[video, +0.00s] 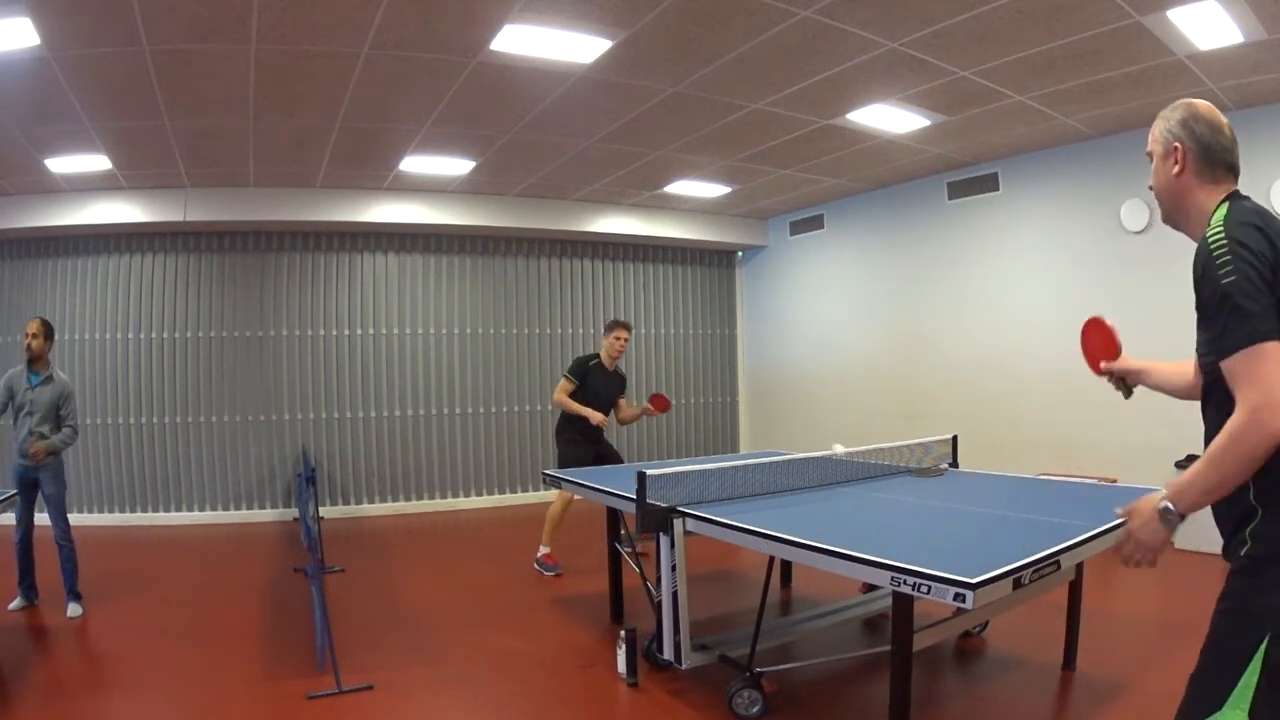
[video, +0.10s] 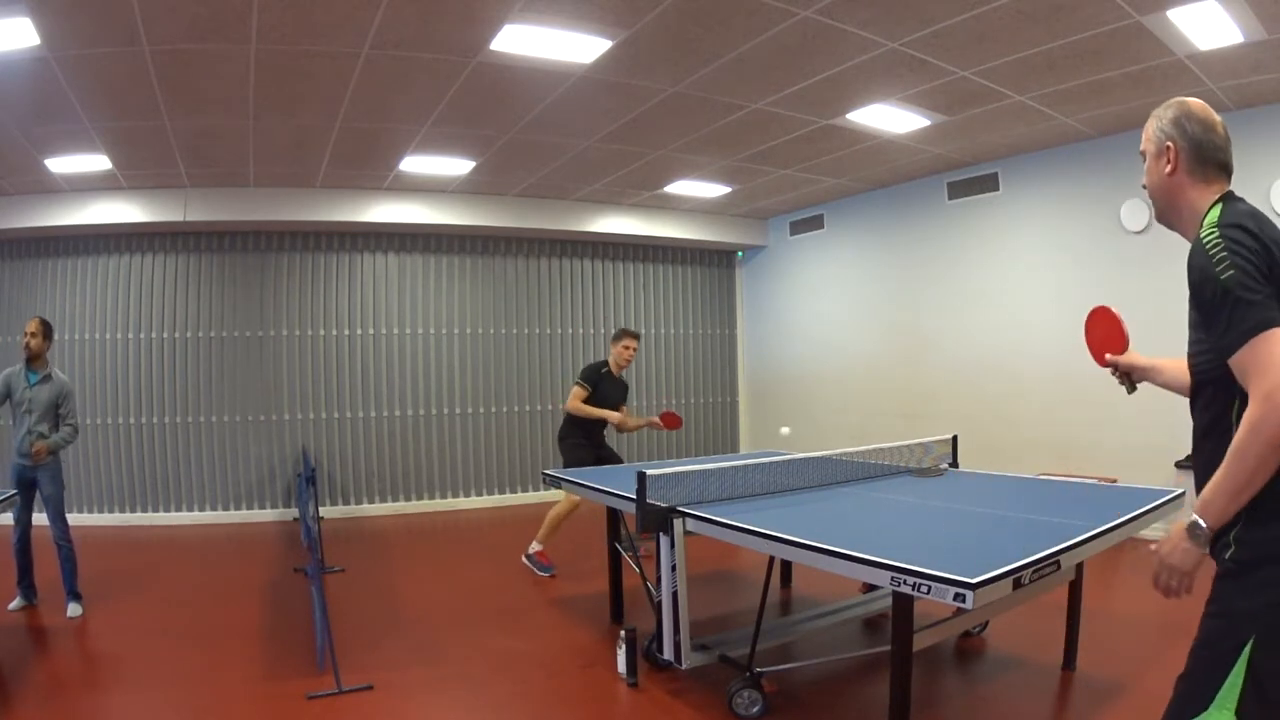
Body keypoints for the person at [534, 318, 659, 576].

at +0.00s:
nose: (621, 345)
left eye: (625, 341)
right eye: (617, 339)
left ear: (627, 345)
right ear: (604, 339)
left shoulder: (619, 378)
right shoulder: (583, 365)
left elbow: (622, 416)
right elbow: (558, 397)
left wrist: (642, 410)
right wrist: (589, 412)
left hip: (596, 437)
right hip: (572, 435)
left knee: (624, 479)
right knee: (568, 491)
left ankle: (620, 537)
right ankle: (544, 552)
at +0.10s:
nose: (629, 354)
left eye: (633, 350)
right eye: (625, 348)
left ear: (635, 354)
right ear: (612, 347)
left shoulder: (622, 385)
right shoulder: (594, 372)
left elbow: (621, 425)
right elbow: (571, 405)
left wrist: (648, 421)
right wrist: (607, 415)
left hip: (597, 442)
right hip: (574, 441)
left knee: (626, 481)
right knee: (574, 497)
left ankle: (621, 539)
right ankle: (535, 549)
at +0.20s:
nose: (636, 367)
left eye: (640, 363)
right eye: (632, 360)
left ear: (641, 366)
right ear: (618, 358)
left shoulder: (617, 391)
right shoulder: (602, 382)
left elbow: (611, 433)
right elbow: (588, 416)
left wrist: (639, 439)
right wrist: (625, 421)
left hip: (594, 449)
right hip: (575, 448)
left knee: (627, 481)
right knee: (575, 505)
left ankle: (621, 539)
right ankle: (526, 550)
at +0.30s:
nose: (637, 375)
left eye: (641, 371)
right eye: (634, 369)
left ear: (641, 373)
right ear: (618, 366)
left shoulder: (611, 390)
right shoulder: (607, 387)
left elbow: (594, 434)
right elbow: (598, 423)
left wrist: (616, 453)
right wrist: (632, 426)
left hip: (586, 451)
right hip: (570, 451)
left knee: (623, 482)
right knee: (571, 512)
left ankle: (622, 539)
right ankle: (521, 554)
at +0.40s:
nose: (633, 379)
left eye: (636, 375)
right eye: (630, 373)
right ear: (615, 369)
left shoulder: (603, 390)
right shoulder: (602, 389)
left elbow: (581, 430)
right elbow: (592, 424)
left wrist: (601, 454)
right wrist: (626, 428)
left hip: (576, 452)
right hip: (562, 453)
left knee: (618, 478)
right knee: (566, 515)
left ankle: (622, 541)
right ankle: (517, 557)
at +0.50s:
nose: (628, 374)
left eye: (629, 369)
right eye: (625, 368)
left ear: (613, 365)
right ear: (609, 363)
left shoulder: (598, 388)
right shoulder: (589, 383)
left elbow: (585, 432)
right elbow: (572, 419)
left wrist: (614, 448)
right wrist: (609, 423)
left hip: (575, 450)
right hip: (555, 450)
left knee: (612, 487)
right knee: (558, 512)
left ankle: (622, 540)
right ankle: (515, 558)